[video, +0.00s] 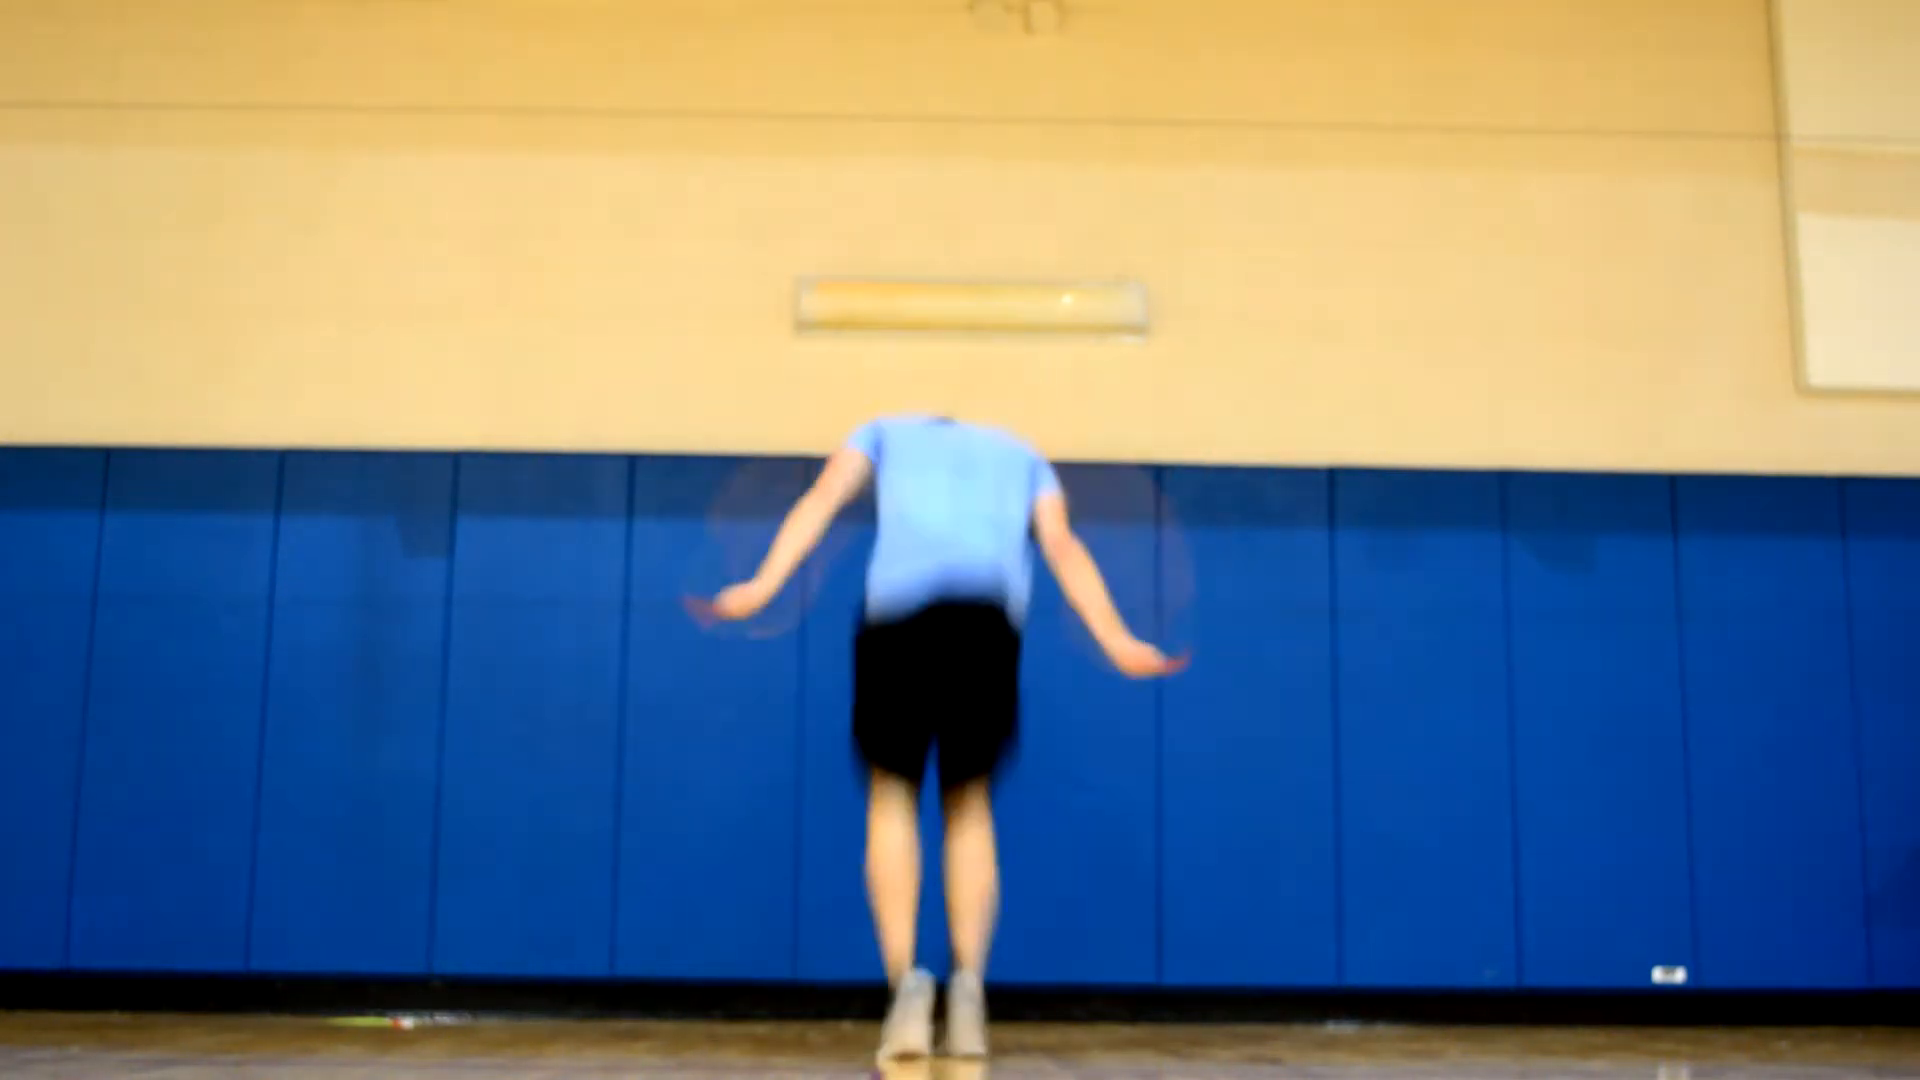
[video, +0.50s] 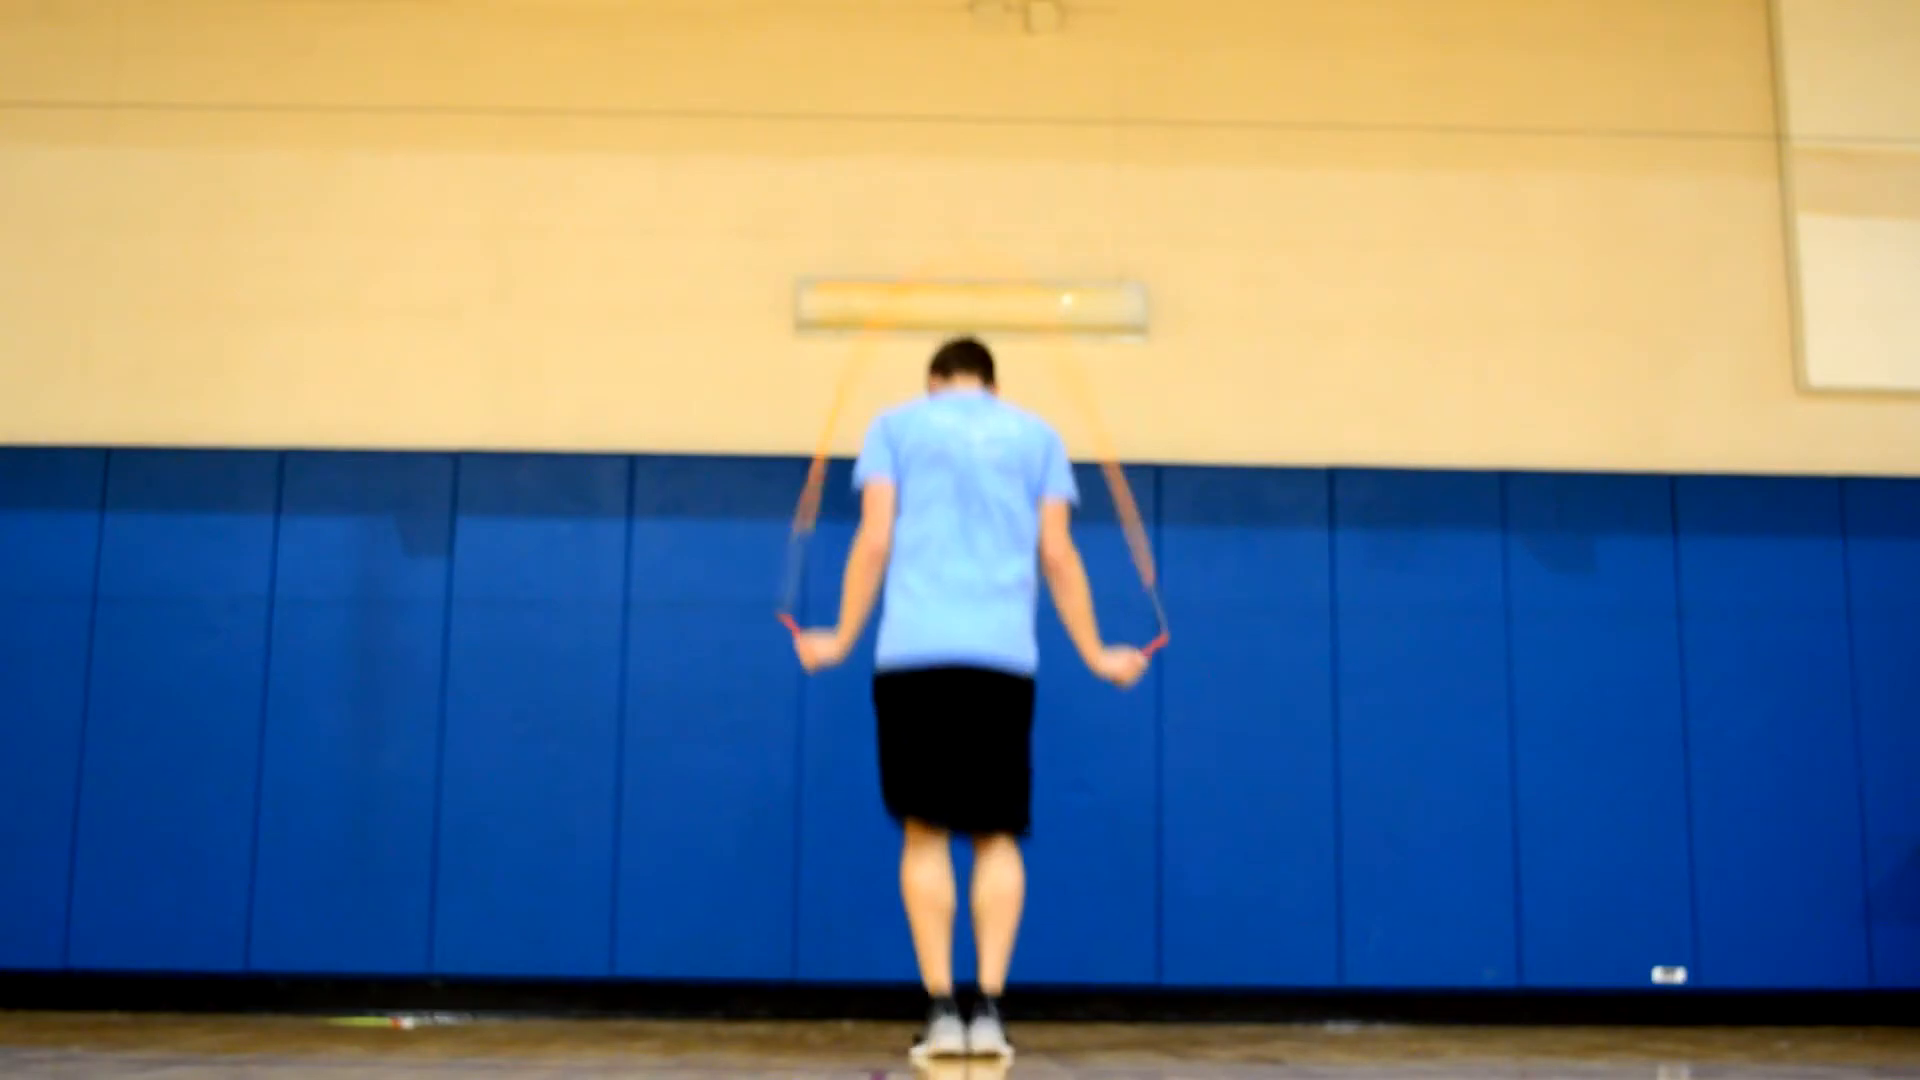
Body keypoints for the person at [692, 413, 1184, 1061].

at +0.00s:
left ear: (926, 402)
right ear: (983, 411)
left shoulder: (886, 433)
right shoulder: (1025, 457)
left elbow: (823, 498)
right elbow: (1062, 547)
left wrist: (761, 585)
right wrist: (1120, 642)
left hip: (898, 629)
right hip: (986, 631)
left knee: (893, 796)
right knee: (970, 800)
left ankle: (906, 986)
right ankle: (968, 993)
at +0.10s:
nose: (932, 458)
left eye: (926, 451)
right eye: (946, 451)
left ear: (916, 450)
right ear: (975, 455)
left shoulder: (890, 475)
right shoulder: (1023, 501)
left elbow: (847, 546)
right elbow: (1067, 596)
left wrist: (759, 594)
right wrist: (1143, 664)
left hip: (896, 706)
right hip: (985, 714)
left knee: (876, 861)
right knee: (982, 864)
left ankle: (909, 1011)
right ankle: (964, 1013)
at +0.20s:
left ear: (923, 389)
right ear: (981, 393)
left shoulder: (891, 414)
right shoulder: (1028, 430)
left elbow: (848, 512)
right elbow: (1064, 539)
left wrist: (789, 593)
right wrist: (1109, 634)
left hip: (899, 647)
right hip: (986, 653)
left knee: (898, 803)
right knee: (978, 811)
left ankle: (910, 977)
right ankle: (964, 977)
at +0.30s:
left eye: (934, 352)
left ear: (926, 352)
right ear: (987, 354)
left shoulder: (892, 380)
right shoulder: (1033, 393)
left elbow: (855, 485)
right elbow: (1059, 508)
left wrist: (793, 584)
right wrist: (1106, 613)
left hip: (907, 608)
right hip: (995, 612)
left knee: (913, 776)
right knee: (979, 779)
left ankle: (931, 948)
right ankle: (962, 950)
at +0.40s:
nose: (938, 359)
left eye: (935, 351)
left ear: (929, 349)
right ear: (990, 352)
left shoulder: (895, 382)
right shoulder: (1037, 395)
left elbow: (865, 492)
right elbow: (1056, 510)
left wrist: (819, 596)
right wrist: (1094, 617)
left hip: (911, 608)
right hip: (997, 612)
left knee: (921, 783)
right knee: (987, 787)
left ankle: (935, 959)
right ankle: (973, 959)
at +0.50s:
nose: (947, 394)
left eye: (942, 384)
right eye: (964, 384)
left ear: (931, 382)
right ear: (994, 384)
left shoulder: (893, 427)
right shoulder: (1038, 436)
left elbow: (875, 540)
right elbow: (1057, 553)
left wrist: (842, 637)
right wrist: (1096, 652)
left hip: (914, 664)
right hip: (1001, 666)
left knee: (924, 833)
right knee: (998, 836)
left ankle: (944, 1012)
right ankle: (988, 1011)